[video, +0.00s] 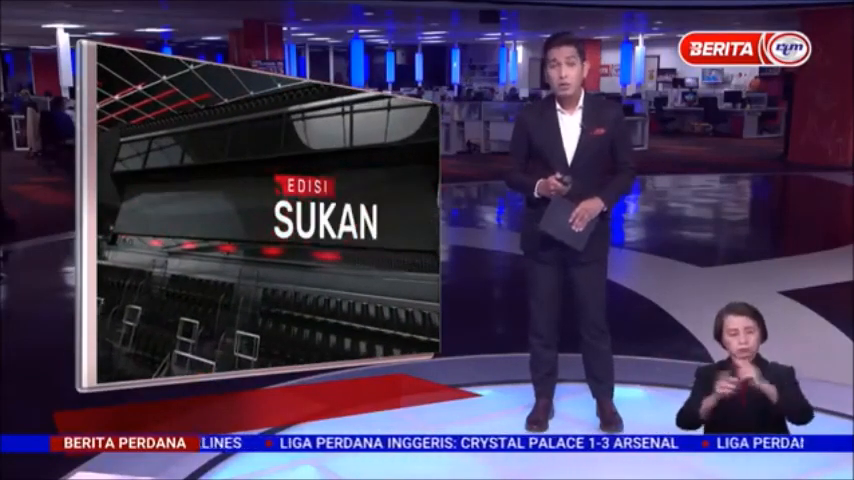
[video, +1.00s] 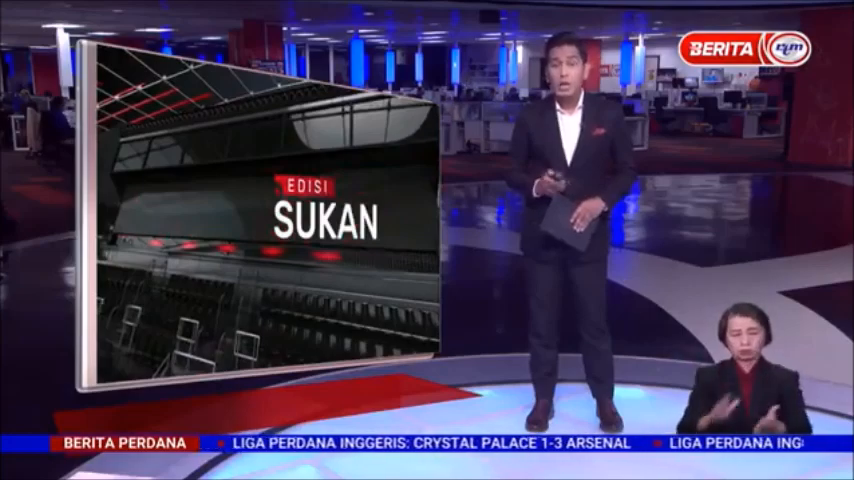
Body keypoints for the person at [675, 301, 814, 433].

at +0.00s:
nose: (743, 340)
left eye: (750, 332)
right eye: (734, 333)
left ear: (762, 335)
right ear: (722, 340)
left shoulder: (782, 374)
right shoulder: (709, 375)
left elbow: (804, 416)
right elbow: (685, 421)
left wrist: (765, 386)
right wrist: (716, 397)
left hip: (773, 461)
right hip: (720, 461)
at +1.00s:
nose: (745, 341)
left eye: (752, 333)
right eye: (736, 334)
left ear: (765, 337)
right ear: (725, 340)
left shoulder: (785, 379)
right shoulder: (708, 377)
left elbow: (804, 432)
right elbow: (684, 430)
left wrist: (777, 428)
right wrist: (710, 419)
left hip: (770, 465)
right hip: (716, 464)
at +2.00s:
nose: (747, 340)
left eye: (755, 332)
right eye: (738, 333)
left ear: (768, 337)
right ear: (728, 339)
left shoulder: (787, 381)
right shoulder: (712, 374)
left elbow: (797, 436)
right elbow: (686, 420)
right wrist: (712, 392)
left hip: (770, 465)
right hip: (718, 463)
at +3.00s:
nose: (727, 349)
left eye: (736, 341)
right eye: (720, 340)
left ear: (749, 344)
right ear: (710, 342)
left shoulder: (772, 378)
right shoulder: (697, 381)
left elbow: (802, 427)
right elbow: (682, 436)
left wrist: (775, 397)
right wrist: (709, 408)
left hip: (767, 464)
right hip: (713, 465)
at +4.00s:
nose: (733, 343)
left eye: (742, 335)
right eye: (725, 335)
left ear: (755, 340)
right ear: (714, 340)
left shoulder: (776, 379)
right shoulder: (701, 380)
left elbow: (791, 432)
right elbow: (695, 434)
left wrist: (757, 413)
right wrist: (728, 411)